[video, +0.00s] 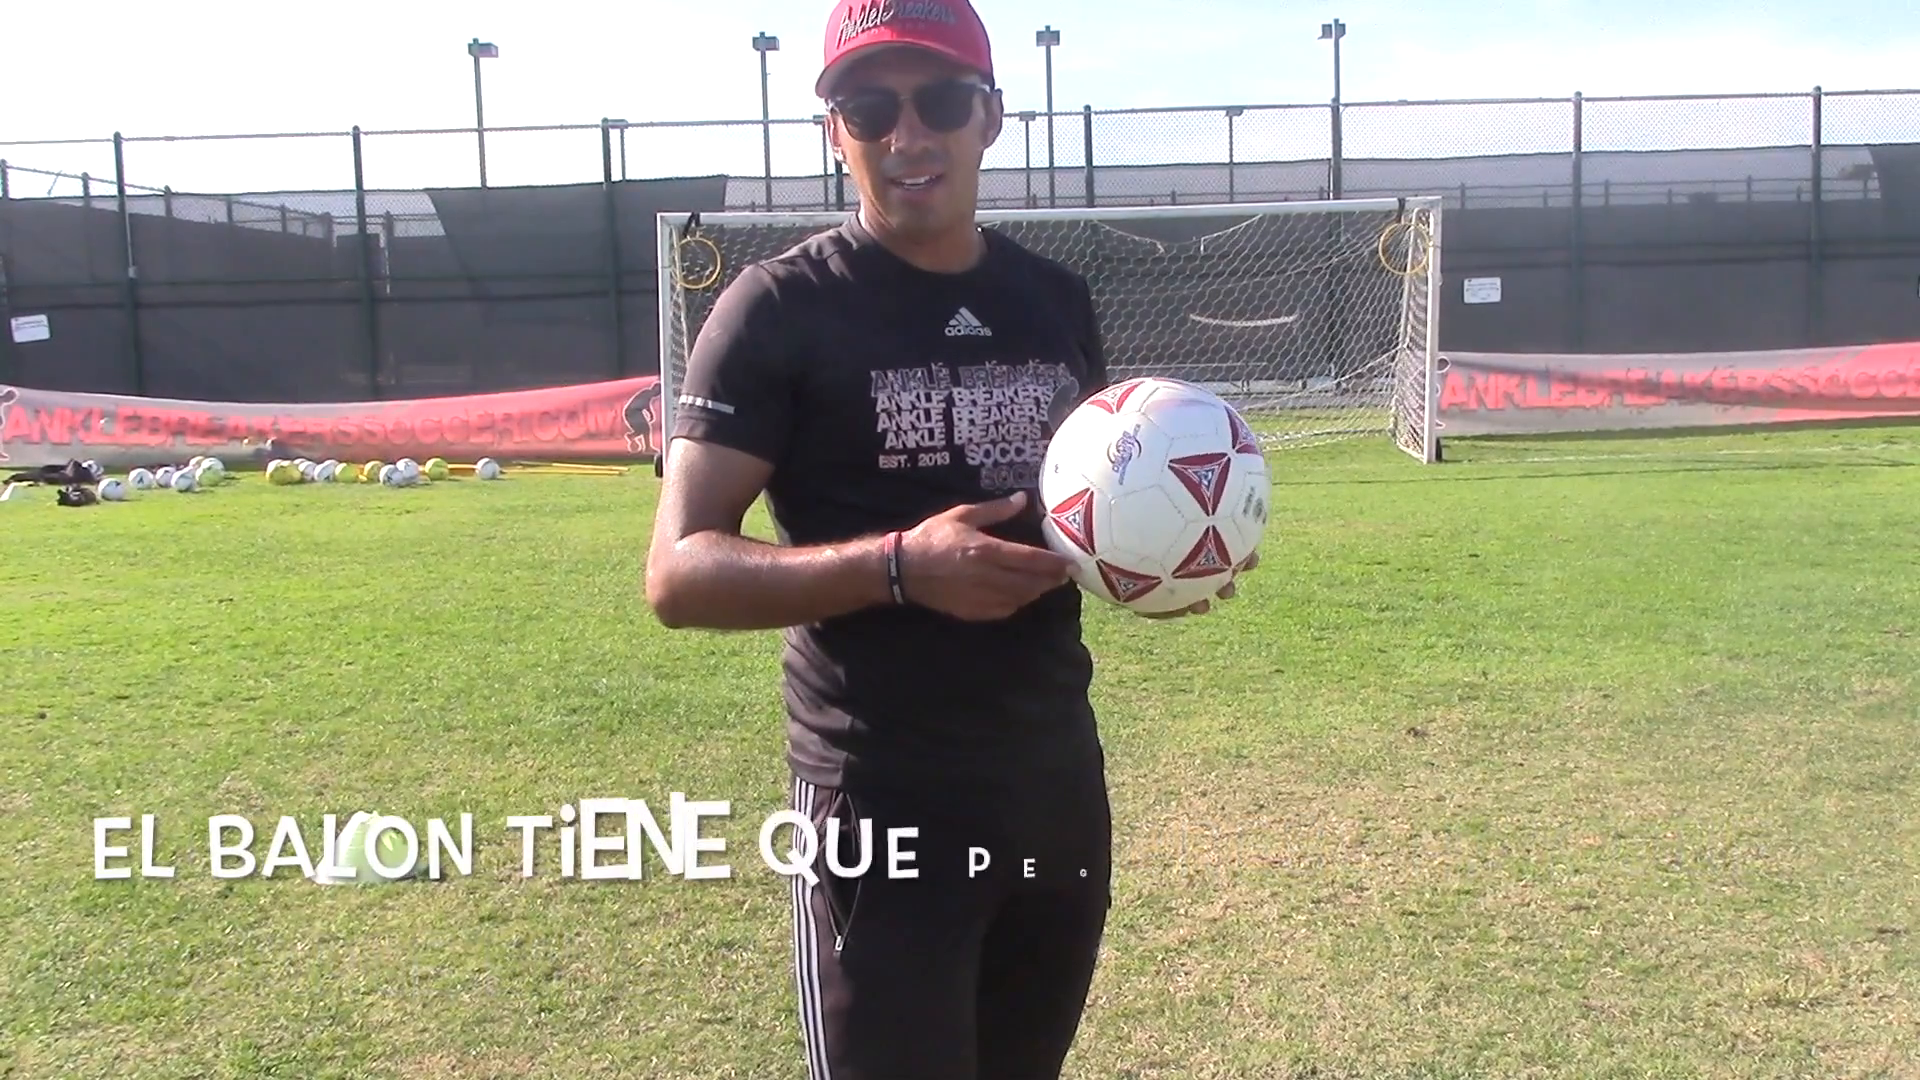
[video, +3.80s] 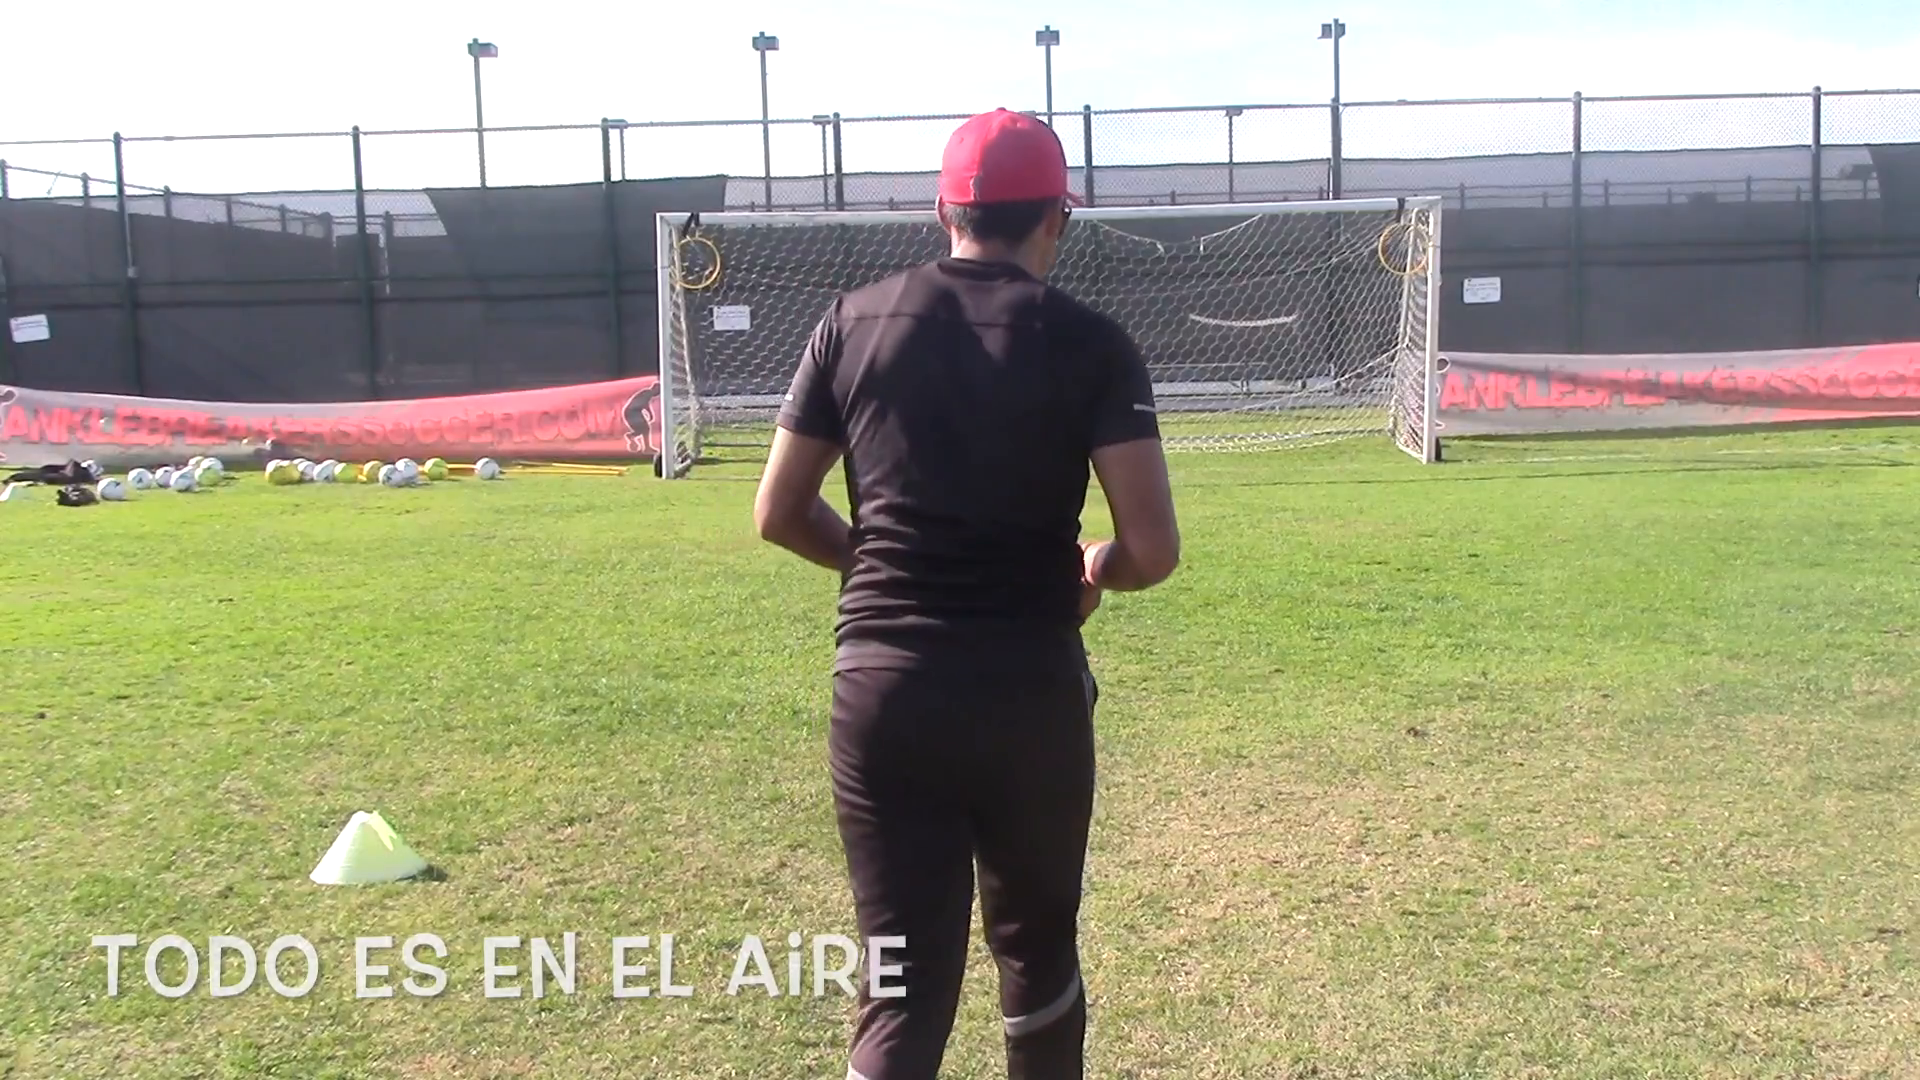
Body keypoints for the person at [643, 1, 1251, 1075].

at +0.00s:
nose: (909, 139)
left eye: (941, 104)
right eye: (874, 109)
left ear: (990, 118)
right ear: (836, 135)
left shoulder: (1053, 300)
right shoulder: (774, 309)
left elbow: (1093, 499)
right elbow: (678, 574)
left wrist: (1161, 482)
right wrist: (897, 567)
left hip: (1053, 771)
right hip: (876, 783)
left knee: (1023, 1063)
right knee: (890, 1062)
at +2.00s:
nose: (904, 116)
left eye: (940, 86)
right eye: (871, 92)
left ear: (1001, 117)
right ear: (841, 124)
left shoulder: (1070, 295)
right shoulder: (771, 309)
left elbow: (1120, 501)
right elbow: (667, 572)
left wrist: (1146, 525)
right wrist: (858, 547)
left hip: (1050, 775)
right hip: (870, 789)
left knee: (1024, 1062)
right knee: (894, 1061)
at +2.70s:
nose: (1026, 140)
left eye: (1039, 100)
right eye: (984, 104)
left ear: (1054, 105)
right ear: (878, 120)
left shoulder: (984, 277)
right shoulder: (788, 318)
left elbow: (974, 493)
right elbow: (682, 641)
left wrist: (1098, 570)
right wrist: (986, 639)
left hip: (955, 789)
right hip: (818, 822)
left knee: (973, 1062)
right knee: (885, 1070)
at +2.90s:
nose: (1066, 116)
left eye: (1056, 87)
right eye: (1037, 87)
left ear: (942, 109)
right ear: (931, 104)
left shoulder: (914, 280)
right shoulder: (859, 287)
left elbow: (924, 537)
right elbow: (801, 619)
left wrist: (1077, 573)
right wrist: (1065, 589)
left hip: (891, 784)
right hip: (828, 797)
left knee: (951, 1053)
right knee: (885, 1066)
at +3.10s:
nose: (1029, 147)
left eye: (1024, 119)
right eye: (1014, 118)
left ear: (916, 136)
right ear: (955, 132)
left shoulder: (812, 284)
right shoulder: (913, 293)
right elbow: (928, 583)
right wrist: (1097, 556)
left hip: (808, 759)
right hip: (843, 783)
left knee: (938, 1042)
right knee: (867, 1059)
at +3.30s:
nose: (999, 160)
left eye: (995, 139)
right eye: (990, 140)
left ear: (862, 167)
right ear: (964, 154)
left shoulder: (788, 296)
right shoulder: (954, 294)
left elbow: (723, 537)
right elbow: (984, 559)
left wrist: (910, 556)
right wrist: (1079, 554)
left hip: (765, 717)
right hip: (885, 745)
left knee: (881, 1055)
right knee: (999, 1059)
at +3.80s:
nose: (1063, 221)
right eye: (1063, 208)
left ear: (943, 213)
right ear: (1055, 217)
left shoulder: (853, 320)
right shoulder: (1090, 341)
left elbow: (779, 512)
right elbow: (1151, 550)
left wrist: (881, 559)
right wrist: (1095, 570)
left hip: (882, 681)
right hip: (1029, 688)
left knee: (900, 983)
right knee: (1038, 950)